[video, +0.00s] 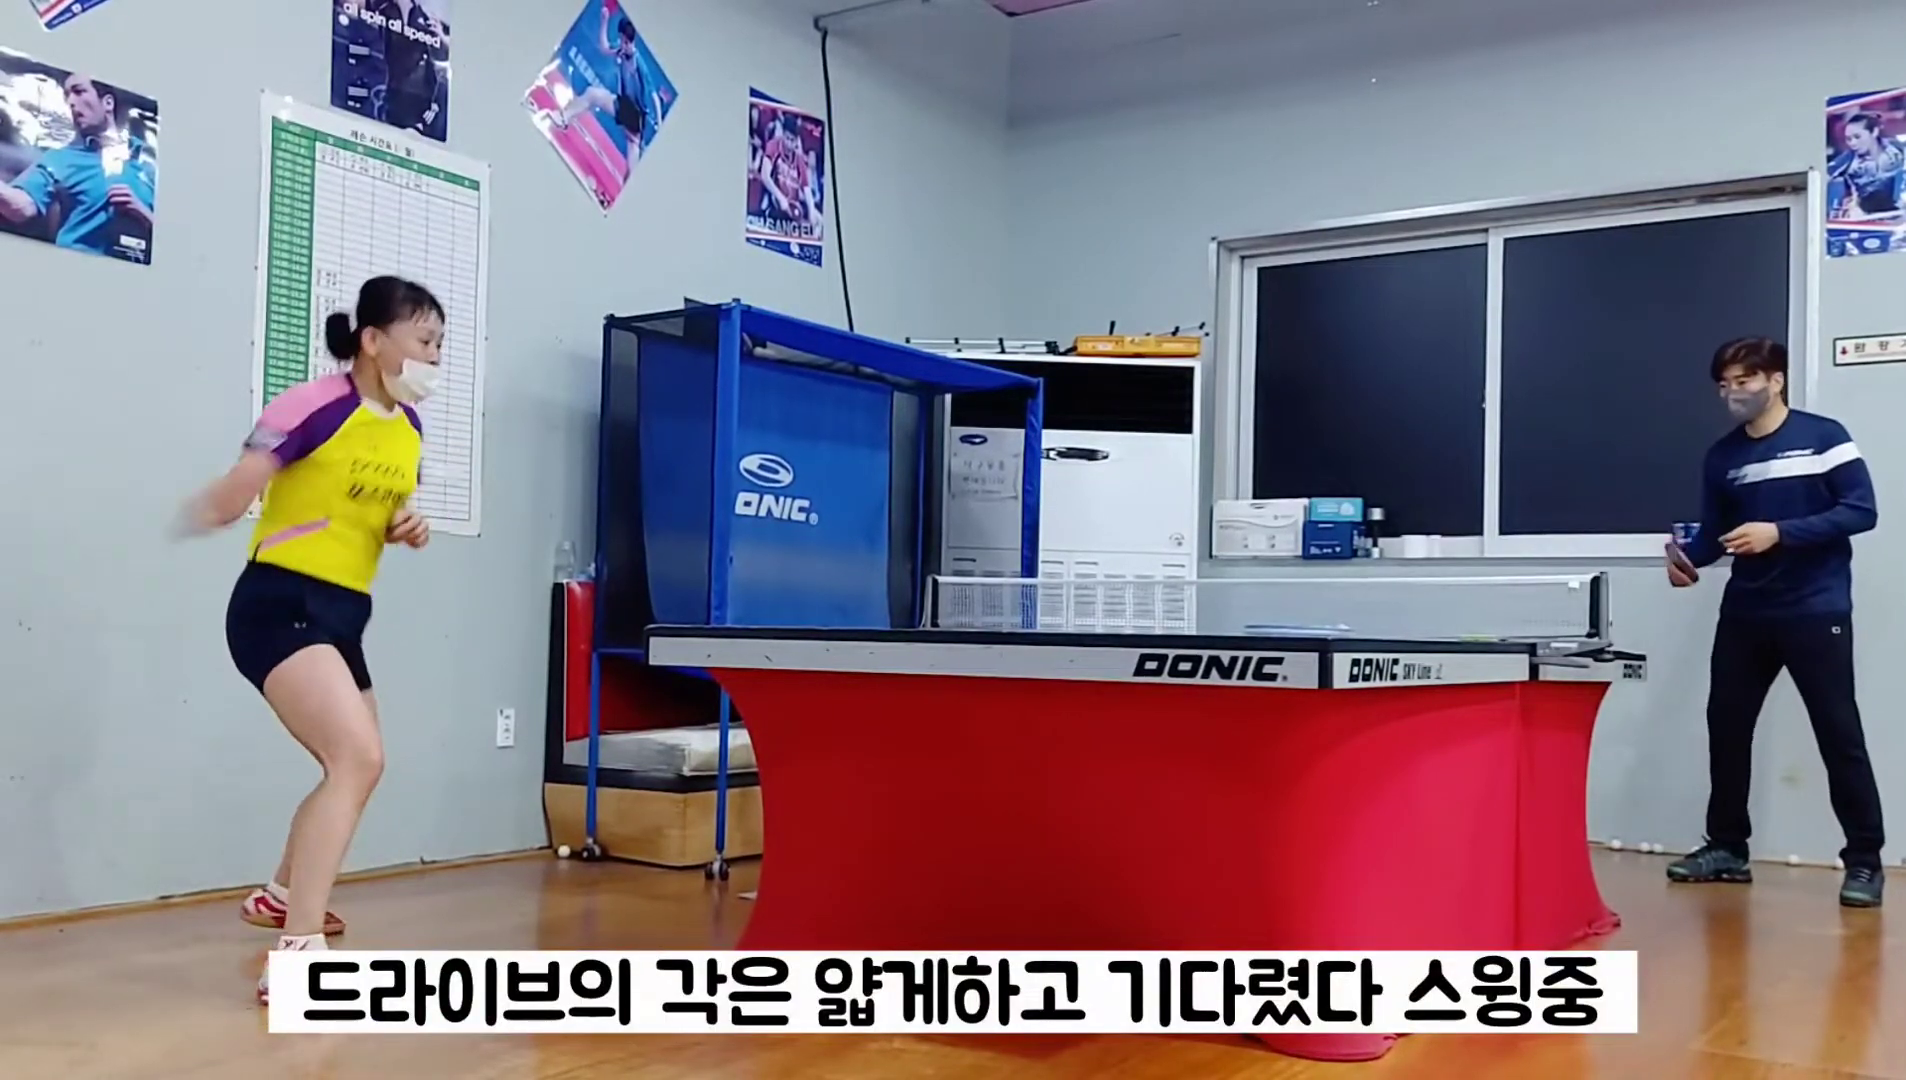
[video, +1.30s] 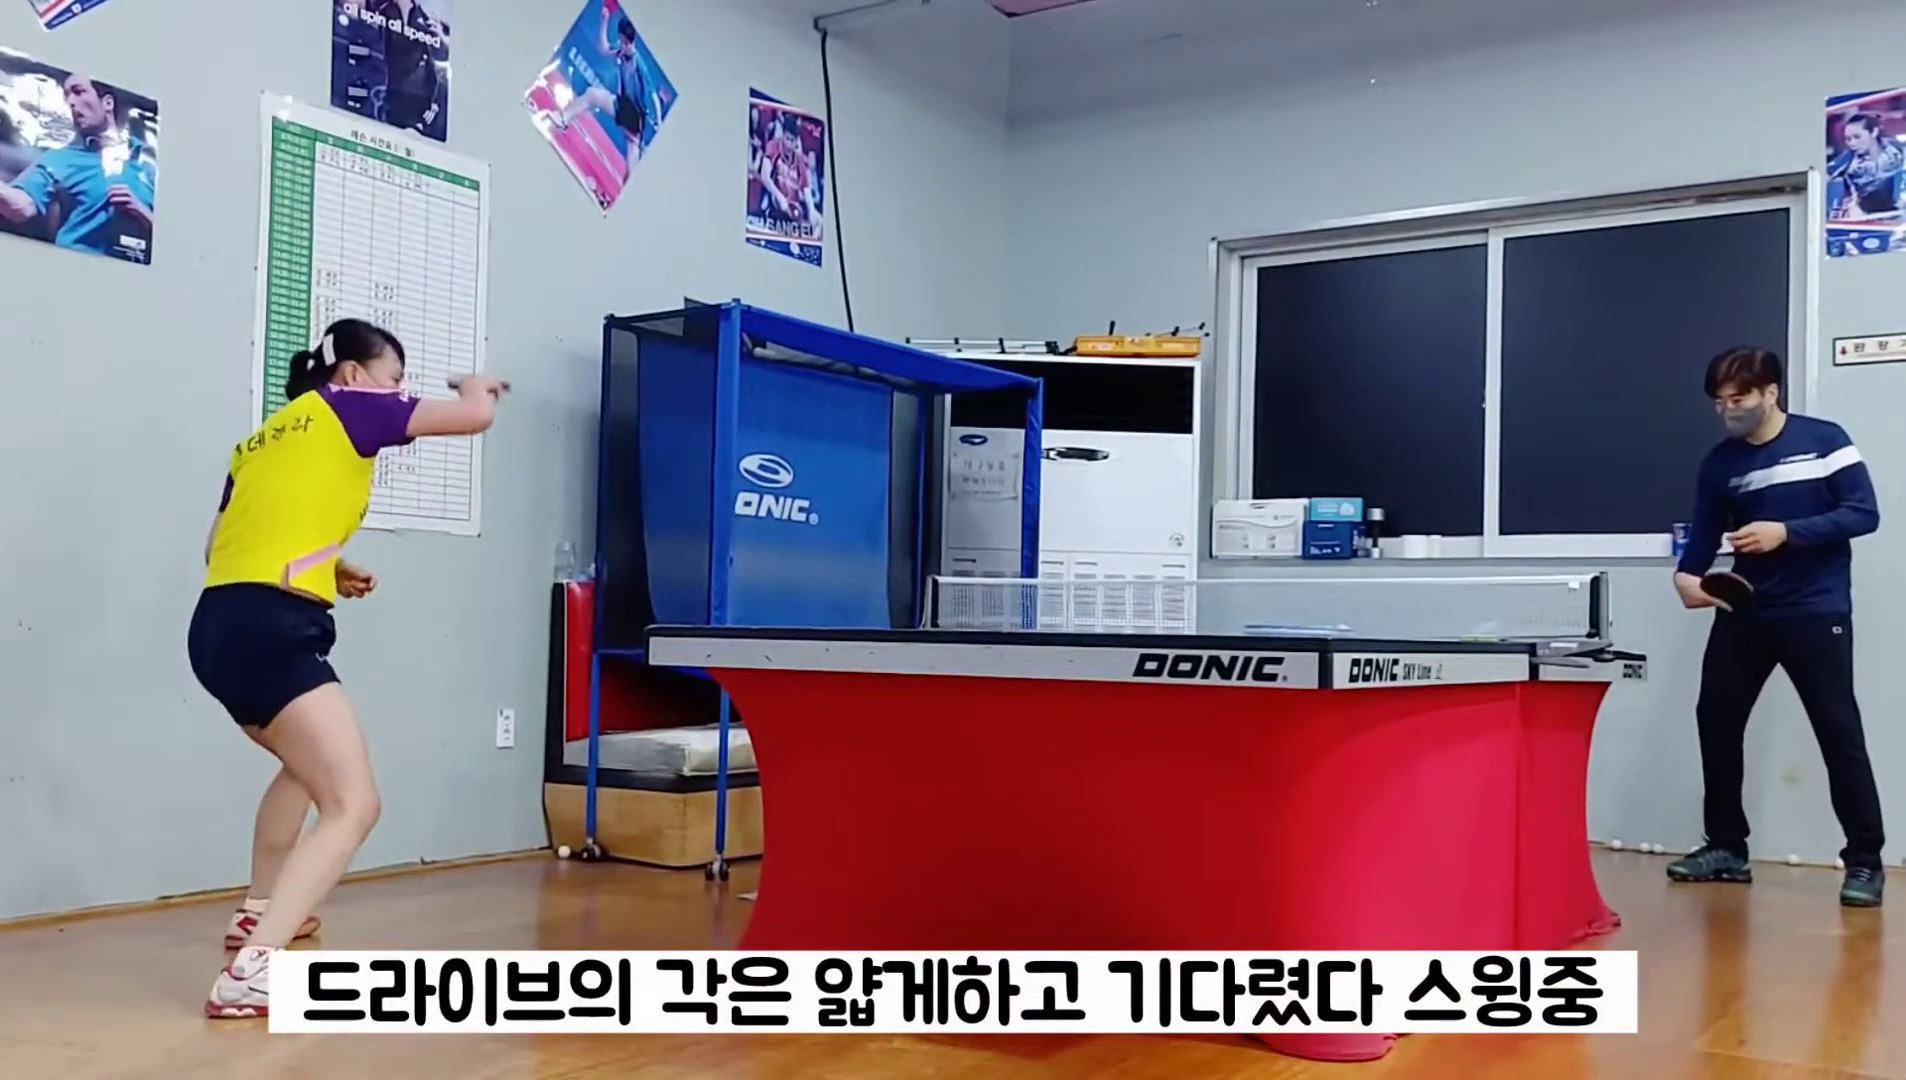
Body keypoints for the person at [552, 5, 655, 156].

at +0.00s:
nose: (622, 41)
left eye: (624, 39)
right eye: (621, 38)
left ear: (627, 39)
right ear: (621, 38)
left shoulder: (630, 55)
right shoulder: (621, 53)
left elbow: (631, 54)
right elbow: (604, 49)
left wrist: (628, 49)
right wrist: (604, 22)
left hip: (628, 107)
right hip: (637, 114)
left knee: (592, 94)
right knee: (633, 143)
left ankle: (563, 117)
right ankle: (630, 176)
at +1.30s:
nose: (622, 43)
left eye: (624, 40)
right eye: (622, 40)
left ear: (628, 41)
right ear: (622, 40)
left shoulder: (632, 56)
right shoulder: (621, 54)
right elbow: (604, 49)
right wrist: (604, 22)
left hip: (628, 109)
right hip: (636, 115)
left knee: (593, 94)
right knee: (632, 164)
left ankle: (563, 118)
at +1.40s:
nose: (621, 42)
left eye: (623, 39)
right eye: (621, 38)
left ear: (627, 39)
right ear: (623, 38)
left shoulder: (629, 53)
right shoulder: (623, 52)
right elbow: (604, 49)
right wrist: (604, 22)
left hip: (628, 109)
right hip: (637, 116)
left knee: (593, 94)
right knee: (633, 163)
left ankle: (564, 118)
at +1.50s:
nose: (622, 43)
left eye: (624, 40)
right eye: (621, 39)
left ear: (628, 41)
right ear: (622, 39)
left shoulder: (631, 55)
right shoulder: (623, 52)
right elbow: (604, 50)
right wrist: (604, 22)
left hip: (628, 109)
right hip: (637, 115)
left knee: (593, 94)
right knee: (632, 163)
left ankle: (563, 118)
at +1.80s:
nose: (621, 41)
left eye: (623, 38)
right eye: (621, 38)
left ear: (627, 40)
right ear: (623, 38)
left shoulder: (630, 54)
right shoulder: (623, 51)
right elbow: (604, 50)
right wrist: (604, 22)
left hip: (628, 108)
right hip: (637, 115)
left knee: (593, 94)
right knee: (633, 159)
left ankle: (564, 118)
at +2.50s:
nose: (622, 43)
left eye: (624, 40)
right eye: (621, 39)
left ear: (629, 41)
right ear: (620, 38)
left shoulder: (632, 56)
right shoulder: (622, 53)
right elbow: (604, 49)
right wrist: (603, 22)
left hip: (628, 108)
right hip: (636, 115)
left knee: (593, 94)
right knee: (632, 163)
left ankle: (562, 117)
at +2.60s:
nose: (621, 42)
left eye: (623, 39)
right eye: (621, 39)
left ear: (628, 41)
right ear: (621, 39)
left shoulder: (632, 56)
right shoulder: (622, 53)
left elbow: (631, 58)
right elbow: (604, 50)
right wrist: (604, 22)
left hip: (628, 108)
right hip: (637, 115)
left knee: (593, 94)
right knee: (632, 160)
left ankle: (563, 117)